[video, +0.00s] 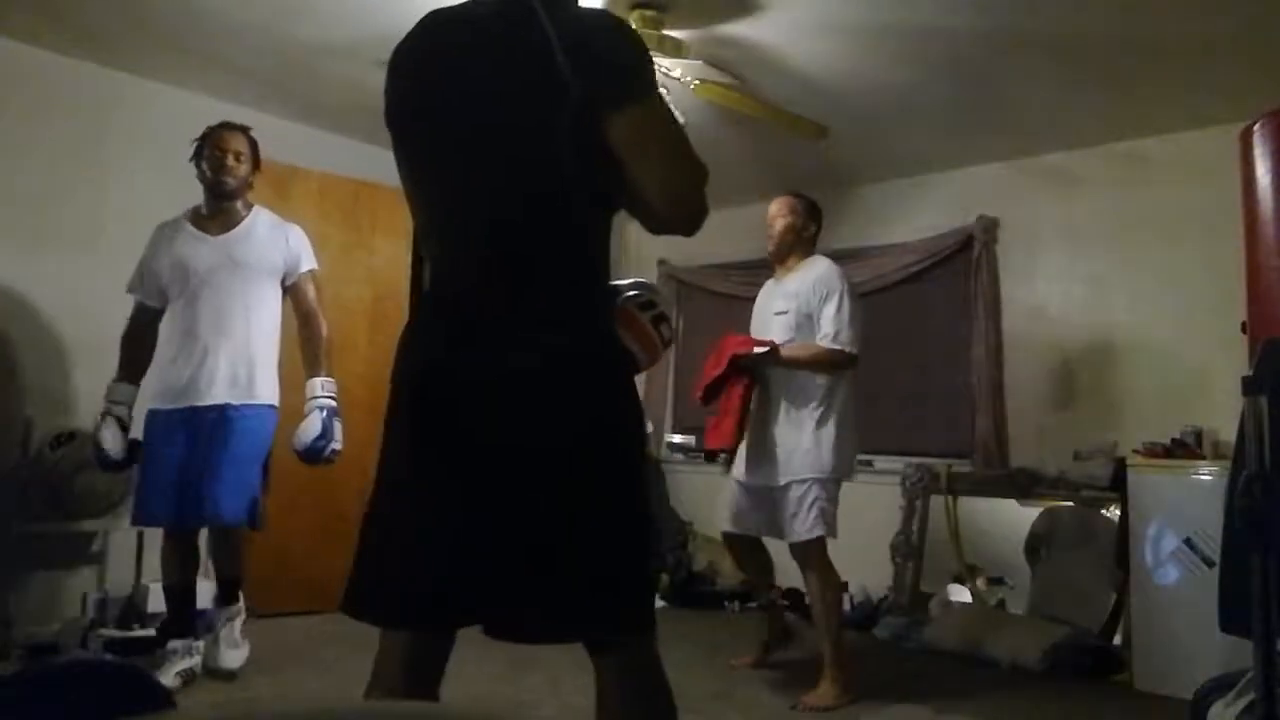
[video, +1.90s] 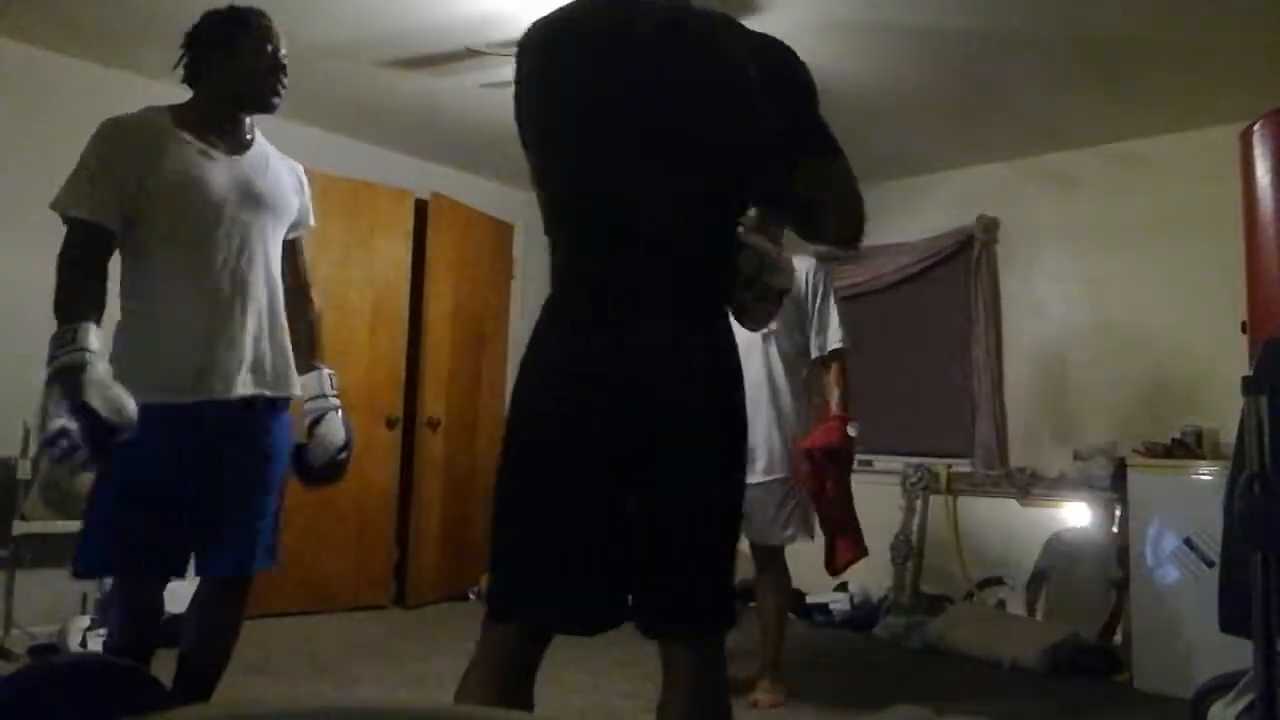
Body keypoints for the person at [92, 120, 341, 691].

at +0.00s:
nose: (225, 164)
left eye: (237, 157)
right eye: (215, 155)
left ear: (254, 172)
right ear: (198, 166)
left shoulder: (282, 238)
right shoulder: (170, 236)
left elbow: (311, 321)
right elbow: (142, 324)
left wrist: (322, 402)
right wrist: (117, 404)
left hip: (245, 401)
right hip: (173, 402)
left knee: (226, 518)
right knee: (177, 525)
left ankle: (229, 615)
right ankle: (181, 642)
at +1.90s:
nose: (283, 65)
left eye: (282, 53)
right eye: (267, 51)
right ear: (214, 58)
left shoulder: (288, 174)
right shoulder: (131, 141)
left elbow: (297, 294)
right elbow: (83, 258)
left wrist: (318, 395)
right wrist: (79, 363)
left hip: (256, 404)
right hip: (153, 400)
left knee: (232, 579)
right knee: (141, 579)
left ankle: (184, 712)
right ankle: (124, 707)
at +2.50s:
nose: (319, 51)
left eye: (317, 31)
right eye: (313, 28)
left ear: (235, 21)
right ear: (287, 24)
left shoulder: (196, 85)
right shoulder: (237, 75)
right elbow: (243, 236)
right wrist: (284, 395)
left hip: (157, 394)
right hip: (184, 400)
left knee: (146, 654)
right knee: (163, 663)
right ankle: (13, 698)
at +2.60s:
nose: (323, 60)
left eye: (324, 40)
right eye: (322, 37)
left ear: (238, 22)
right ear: (296, 29)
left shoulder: (167, 95)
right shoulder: (253, 79)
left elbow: (122, 254)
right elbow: (279, 236)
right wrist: (316, 394)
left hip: (129, 382)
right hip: (187, 395)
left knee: (122, 622)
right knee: (155, 658)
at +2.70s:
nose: (320, 66)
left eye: (321, 48)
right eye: (320, 44)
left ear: (233, 23)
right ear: (303, 33)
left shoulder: (156, 91)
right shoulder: (268, 81)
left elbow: (97, 244)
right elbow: (298, 241)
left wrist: (109, 364)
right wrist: (345, 388)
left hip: (117, 379)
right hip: (193, 389)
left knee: (122, 609)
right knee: (156, 621)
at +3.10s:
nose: (303, 61)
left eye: (303, 52)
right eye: (303, 50)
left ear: (219, 47)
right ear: (294, 47)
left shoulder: (150, 114)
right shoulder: (296, 108)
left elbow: (85, 252)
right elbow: (315, 255)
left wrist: (71, 383)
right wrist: (351, 390)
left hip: (122, 386)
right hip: (217, 396)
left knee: (139, 592)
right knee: (163, 605)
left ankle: (115, 705)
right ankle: (103, 710)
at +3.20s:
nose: (300, 67)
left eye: (298, 58)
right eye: (299, 57)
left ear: (217, 58)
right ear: (290, 55)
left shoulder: (152, 123)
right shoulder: (301, 119)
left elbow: (92, 257)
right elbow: (313, 256)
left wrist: (76, 381)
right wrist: (342, 390)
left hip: (131, 391)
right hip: (229, 401)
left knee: (140, 594)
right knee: (185, 608)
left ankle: (121, 715)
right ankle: (124, 718)